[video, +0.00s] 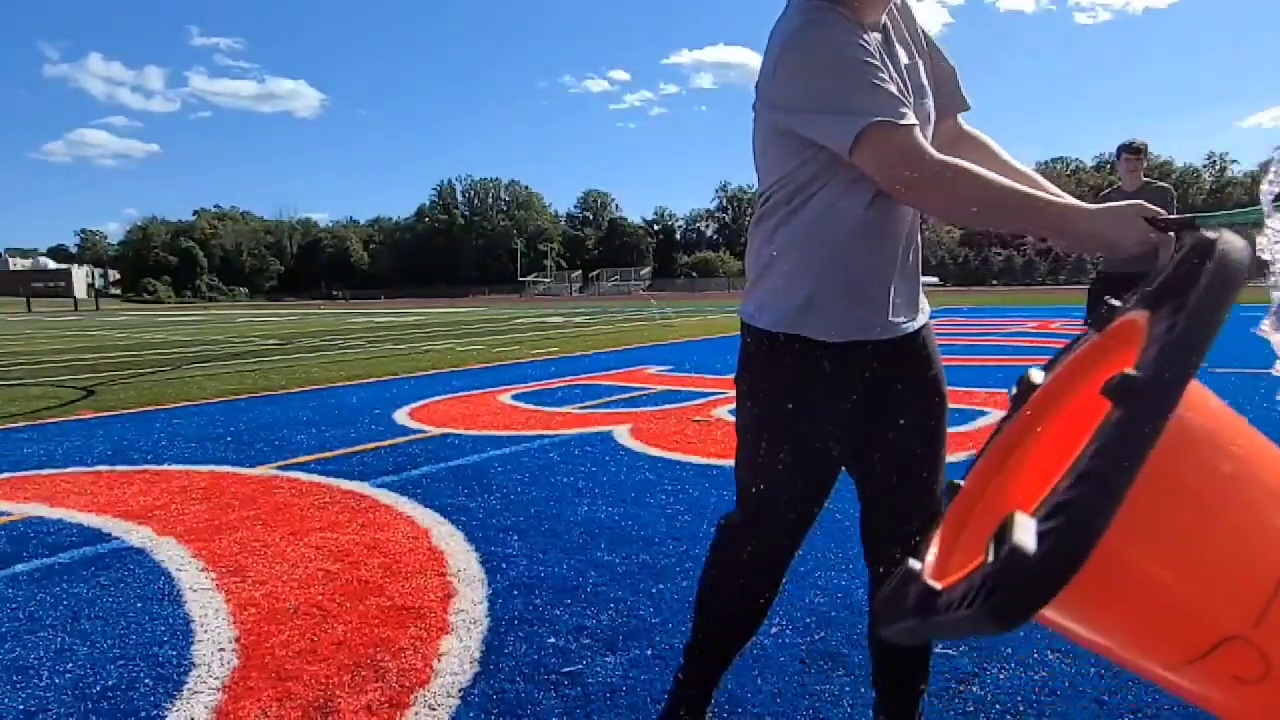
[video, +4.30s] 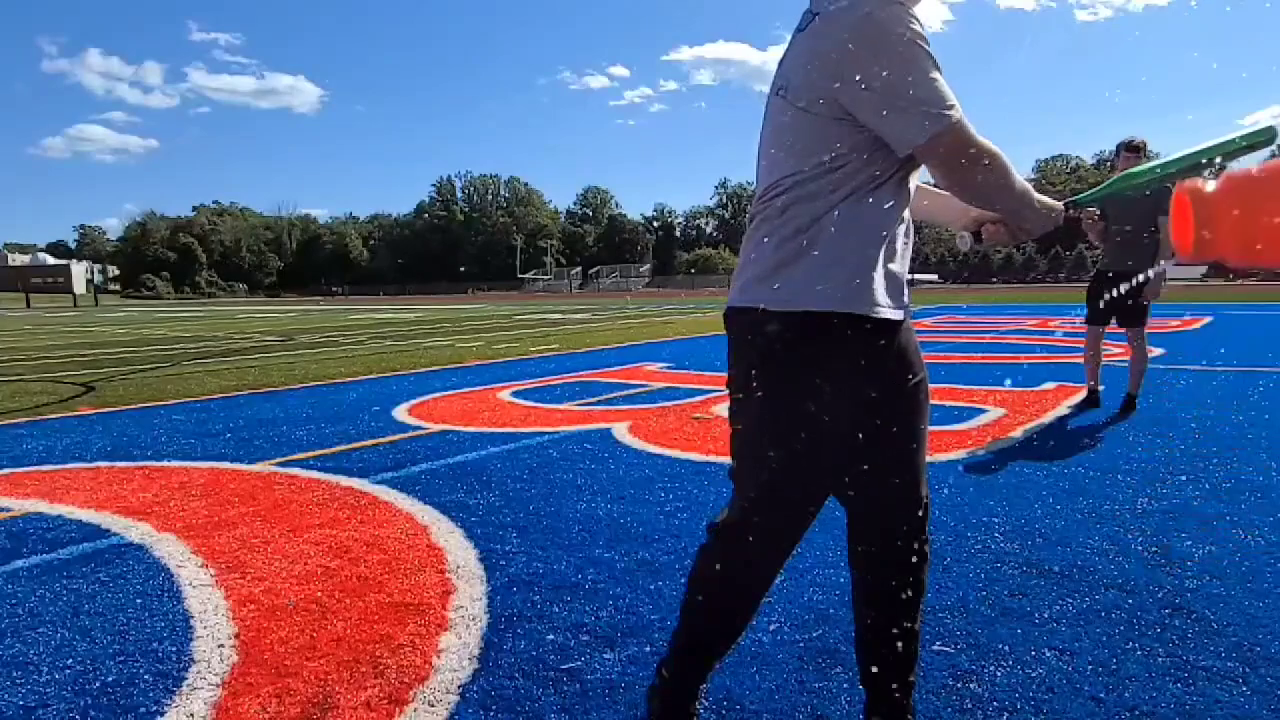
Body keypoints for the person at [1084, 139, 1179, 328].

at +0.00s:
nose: (1132, 164)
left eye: (1137, 159)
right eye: (1127, 159)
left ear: (1145, 163)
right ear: (1118, 163)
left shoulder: (1162, 194)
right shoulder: (1106, 198)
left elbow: (1168, 239)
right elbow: (1099, 234)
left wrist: (1159, 277)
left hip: (1147, 276)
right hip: (1111, 275)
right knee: (1097, 331)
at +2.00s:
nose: (1133, 166)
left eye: (1137, 161)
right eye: (1127, 161)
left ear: (1144, 163)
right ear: (1118, 164)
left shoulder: (1160, 194)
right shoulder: (1108, 198)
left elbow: (1167, 240)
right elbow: (1096, 238)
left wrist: (1157, 279)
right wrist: (1095, 235)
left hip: (1137, 277)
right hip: (1105, 276)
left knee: (1136, 340)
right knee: (1094, 336)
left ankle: (1132, 398)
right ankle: (1092, 395)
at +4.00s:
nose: (1130, 160)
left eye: (1136, 156)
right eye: (1125, 156)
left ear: (1144, 161)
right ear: (1117, 162)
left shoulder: (1159, 192)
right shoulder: (1110, 194)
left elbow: (1167, 241)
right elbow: (1099, 238)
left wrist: (1157, 278)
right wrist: (1090, 225)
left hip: (1137, 274)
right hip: (1106, 271)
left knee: (1136, 340)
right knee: (1093, 335)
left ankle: (1131, 396)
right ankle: (1092, 393)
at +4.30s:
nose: (1130, 161)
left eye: (1136, 157)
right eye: (1126, 156)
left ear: (1144, 160)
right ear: (1116, 159)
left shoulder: (1157, 191)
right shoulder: (1108, 193)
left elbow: (1165, 236)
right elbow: (1101, 239)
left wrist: (1158, 275)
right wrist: (1090, 227)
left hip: (1140, 270)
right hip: (1107, 269)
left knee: (1136, 338)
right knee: (1093, 336)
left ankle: (1131, 396)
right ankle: (1092, 391)